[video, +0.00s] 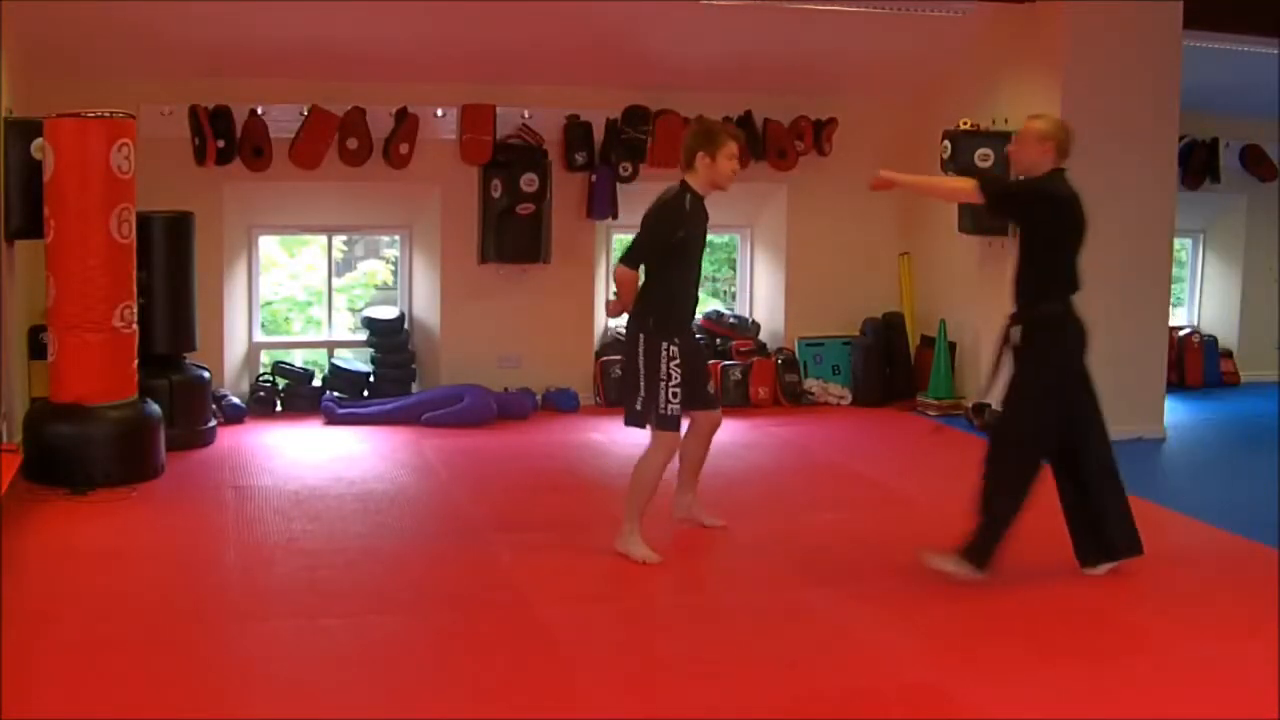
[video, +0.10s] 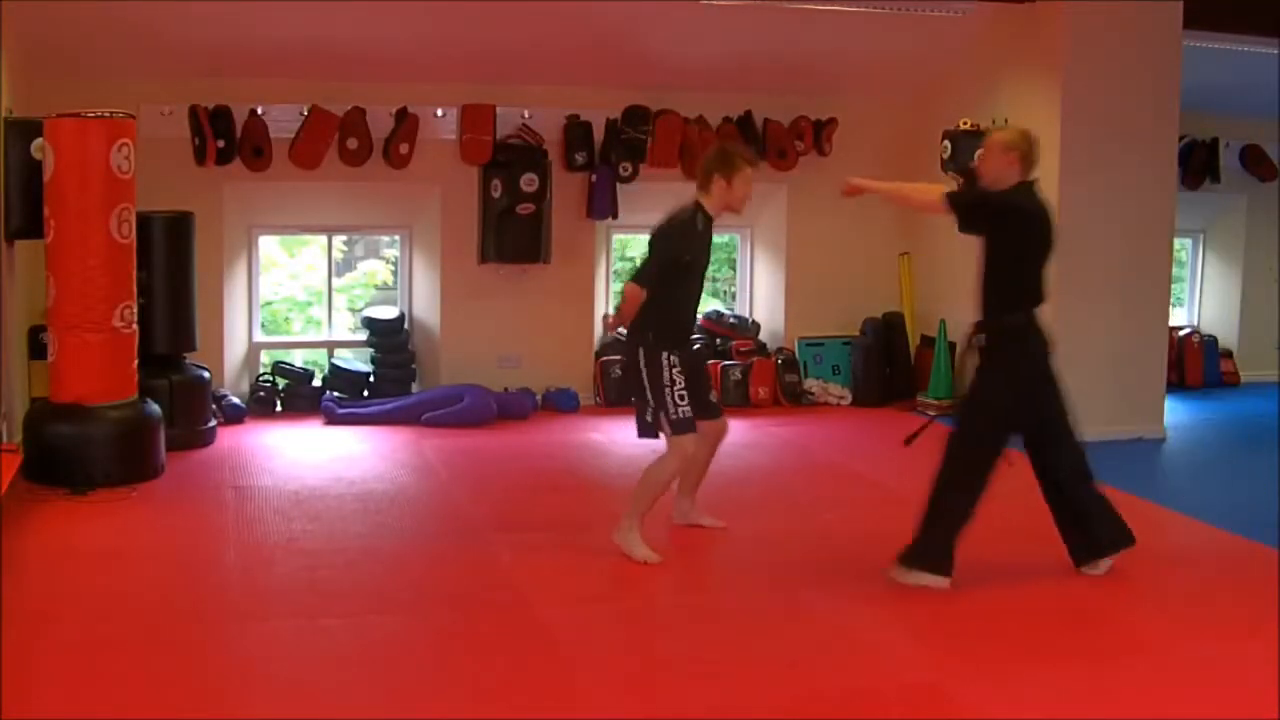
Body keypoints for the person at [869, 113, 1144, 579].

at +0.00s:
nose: (1011, 147)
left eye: (1021, 139)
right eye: (1015, 139)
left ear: (1047, 150)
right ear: (1047, 151)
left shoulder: (1046, 196)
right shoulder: (1054, 194)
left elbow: (967, 190)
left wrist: (899, 180)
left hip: (1047, 332)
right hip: (1054, 328)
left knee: (1015, 440)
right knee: (1073, 437)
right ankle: (1104, 544)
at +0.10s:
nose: (978, 160)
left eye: (987, 152)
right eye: (981, 151)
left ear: (1013, 160)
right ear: (1015, 162)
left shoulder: (1012, 206)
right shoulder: (1025, 205)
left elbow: (934, 200)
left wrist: (871, 186)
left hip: (1010, 346)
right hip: (1021, 341)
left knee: (969, 449)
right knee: (1051, 444)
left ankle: (930, 557)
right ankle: (1100, 540)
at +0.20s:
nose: (947, 166)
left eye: (953, 158)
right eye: (949, 158)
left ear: (977, 165)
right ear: (984, 167)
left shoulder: (977, 213)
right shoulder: (997, 212)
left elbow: (904, 204)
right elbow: (910, 202)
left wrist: (843, 191)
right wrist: (850, 190)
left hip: (969, 348)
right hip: (984, 343)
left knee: (928, 449)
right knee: (990, 444)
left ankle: (920, 562)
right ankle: (1062, 523)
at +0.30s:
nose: (920, 160)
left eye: (927, 152)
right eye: (923, 152)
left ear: (946, 156)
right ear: (957, 157)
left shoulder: (946, 203)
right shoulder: (965, 201)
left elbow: (875, 201)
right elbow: (883, 197)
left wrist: (814, 189)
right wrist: (823, 187)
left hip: (942, 335)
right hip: (955, 331)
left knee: (921, 445)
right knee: (939, 440)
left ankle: (922, 562)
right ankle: (993, 516)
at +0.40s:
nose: (890, 154)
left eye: (895, 146)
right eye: (893, 146)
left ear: (914, 150)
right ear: (930, 151)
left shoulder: (917, 194)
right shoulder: (942, 193)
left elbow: (847, 199)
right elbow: (860, 198)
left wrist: (787, 190)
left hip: (913, 328)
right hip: (926, 324)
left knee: (903, 443)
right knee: (912, 441)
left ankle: (921, 562)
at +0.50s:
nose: (859, 159)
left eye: (864, 151)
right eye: (860, 151)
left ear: (883, 153)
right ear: (898, 155)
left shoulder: (886, 199)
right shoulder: (916, 200)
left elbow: (818, 206)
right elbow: (836, 205)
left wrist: (763, 195)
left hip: (888, 337)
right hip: (898, 333)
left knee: (892, 448)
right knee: (859, 433)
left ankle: (922, 563)